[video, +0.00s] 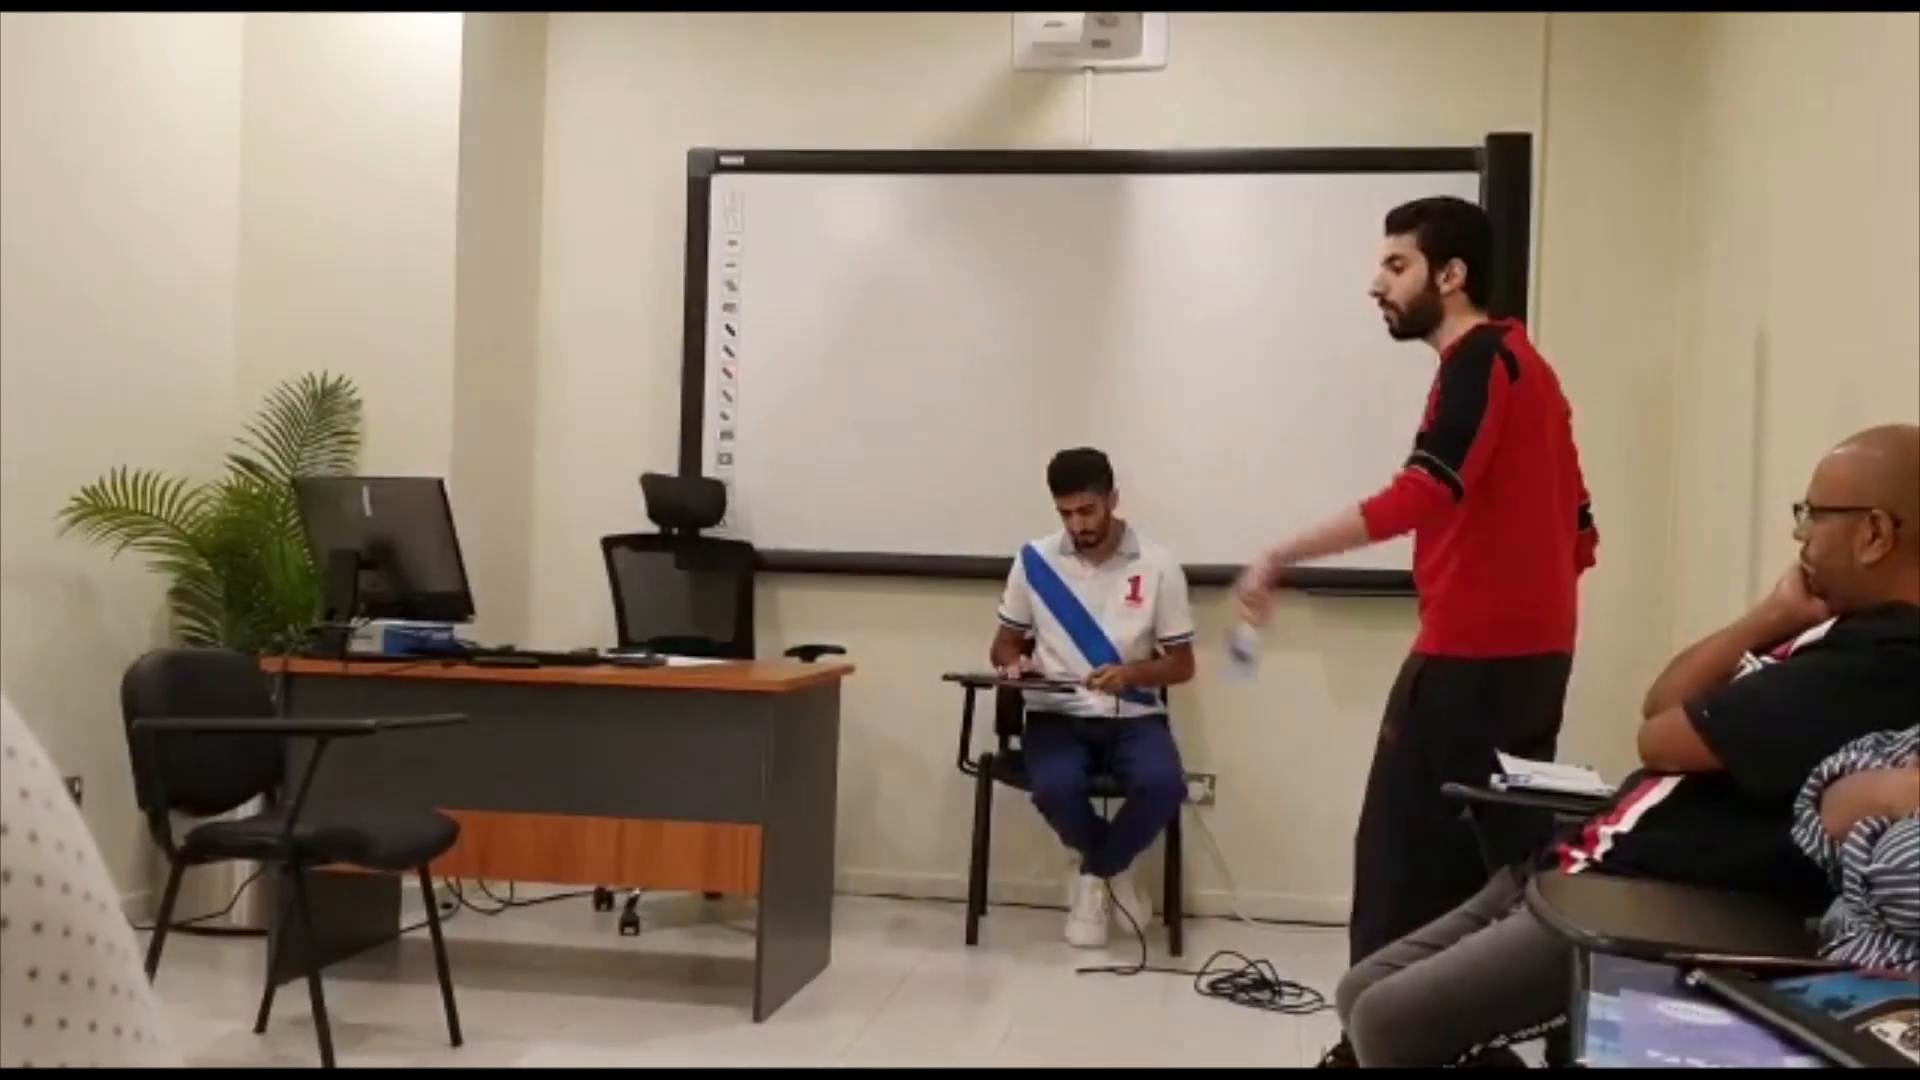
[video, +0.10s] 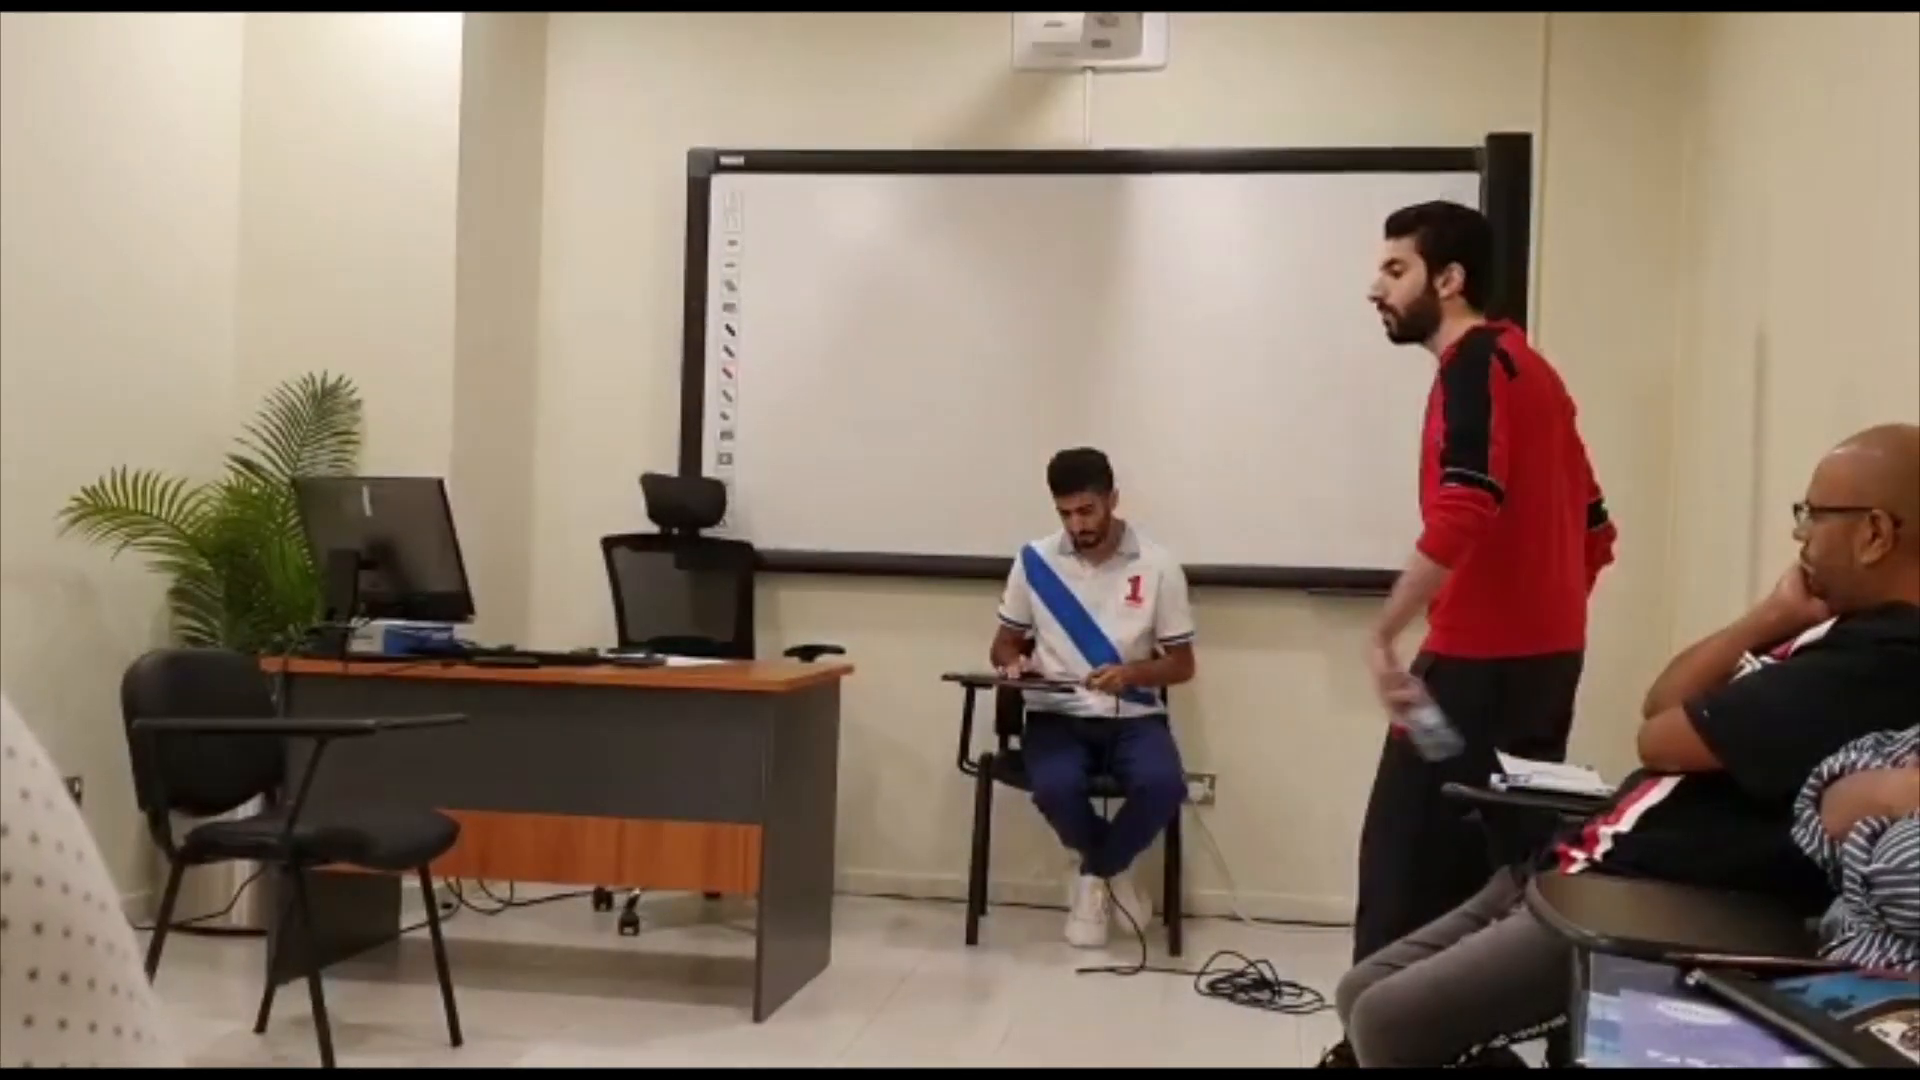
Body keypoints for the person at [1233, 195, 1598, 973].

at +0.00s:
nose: (1378, 284)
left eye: (1395, 265)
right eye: (1380, 267)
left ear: (1451, 276)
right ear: (1453, 281)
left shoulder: (1476, 358)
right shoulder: (1530, 367)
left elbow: (1425, 491)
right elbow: (1578, 537)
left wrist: (1284, 553)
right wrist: (1498, 601)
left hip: (1467, 649)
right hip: (1536, 650)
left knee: (1397, 840)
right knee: (1504, 841)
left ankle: (1382, 1042)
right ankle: (1482, 1036)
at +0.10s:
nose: (1377, 290)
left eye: (1395, 271)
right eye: (1379, 273)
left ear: (1450, 281)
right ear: (1453, 284)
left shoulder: (1472, 363)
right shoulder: (1534, 370)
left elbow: (1467, 504)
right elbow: (1594, 533)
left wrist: (1386, 632)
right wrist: (1541, 622)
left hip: (1474, 658)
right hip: (1548, 658)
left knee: (1401, 850)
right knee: (1520, 851)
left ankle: (1388, 1046)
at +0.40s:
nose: (1372, 292)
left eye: (1388, 276)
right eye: (1376, 275)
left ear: (1441, 289)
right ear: (1455, 295)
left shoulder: (1424, 367)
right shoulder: (1536, 384)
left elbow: (1419, 494)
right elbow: (1601, 534)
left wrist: (1433, 633)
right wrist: (1531, 602)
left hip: (1465, 658)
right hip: (1552, 663)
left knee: (1355, 825)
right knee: (1472, 845)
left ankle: (1350, 1031)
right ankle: (1464, 1032)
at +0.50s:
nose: (1364, 286)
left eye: (1383, 272)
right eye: (1370, 269)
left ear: (1433, 289)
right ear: (1444, 297)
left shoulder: (1411, 369)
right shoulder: (1499, 380)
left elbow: (1328, 437)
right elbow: (1502, 527)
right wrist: (1416, 631)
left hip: (1459, 649)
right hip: (1532, 643)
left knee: (1340, 830)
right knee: (1454, 838)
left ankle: (1300, 1037)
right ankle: (1444, 1027)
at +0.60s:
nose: (1348, 277)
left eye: (1368, 263)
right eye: (1355, 262)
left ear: (1417, 284)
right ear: (1423, 292)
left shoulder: (1414, 362)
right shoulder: (1461, 382)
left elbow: (1296, 397)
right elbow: (1417, 557)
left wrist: (1140, 434)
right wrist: (1285, 577)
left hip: (1430, 649)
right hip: (1488, 647)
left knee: (1316, 837)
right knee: (1456, 857)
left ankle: (1260, 1047)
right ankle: (1458, 1040)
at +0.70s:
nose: (1320, 269)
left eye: (1344, 256)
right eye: (1329, 254)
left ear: (1394, 281)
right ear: (1392, 286)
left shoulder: (1393, 359)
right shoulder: (1408, 379)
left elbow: (1253, 392)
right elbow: (1304, 520)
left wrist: (1074, 355)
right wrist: (1184, 493)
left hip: (1387, 648)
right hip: (1435, 646)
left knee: (1275, 842)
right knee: (1452, 857)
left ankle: (1248, 1049)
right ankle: (1467, 1038)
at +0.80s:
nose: (1292, 257)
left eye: (1317, 243)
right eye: (1302, 241)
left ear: (1364, 272)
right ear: (1357, 277)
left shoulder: (1360, 356)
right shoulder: (1349, 384)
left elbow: (1206, 378)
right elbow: (1214, 468)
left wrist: (1055, 294)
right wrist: (1111, 403)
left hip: (1339, 640)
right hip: (1369, 639)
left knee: (1248, 840)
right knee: (1393, 840)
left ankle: (1244, 1050)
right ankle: (1491, 1002)